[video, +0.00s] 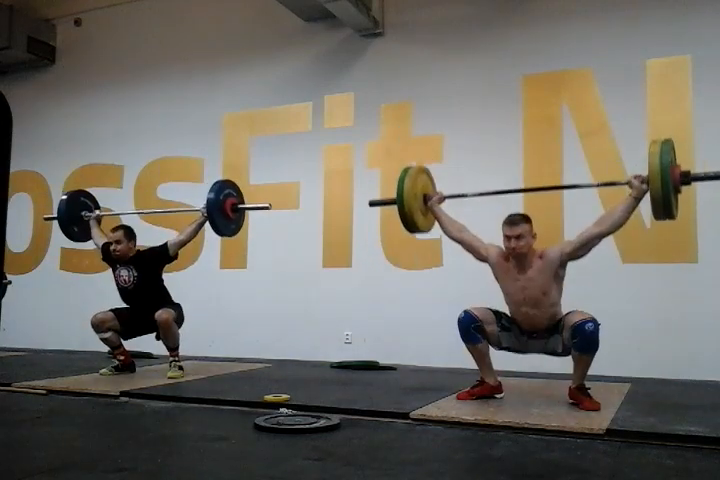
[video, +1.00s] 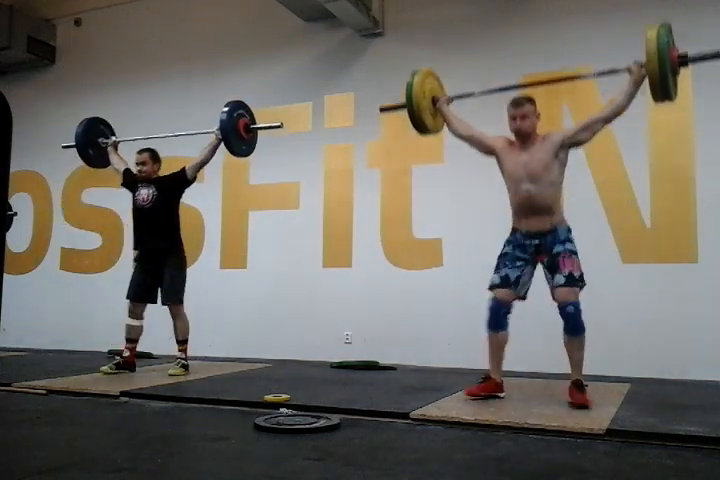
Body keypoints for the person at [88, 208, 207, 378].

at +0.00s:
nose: (113, 248)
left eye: (118, 243)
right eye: (111, 244)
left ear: (132, 244)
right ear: (109, 246)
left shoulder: (150, 257)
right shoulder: (114, 260)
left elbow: (181, 240)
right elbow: (98, 239)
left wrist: (203, 218)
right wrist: (93, 221)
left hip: (164, 311)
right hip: (138, 313)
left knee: (163, 317)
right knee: (99, 321)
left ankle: (175, 362)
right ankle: (125, 362)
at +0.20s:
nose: (113, 243)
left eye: (118, 238)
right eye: (111, 239)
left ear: (132, 240)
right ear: (109, 242)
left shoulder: (151, 253)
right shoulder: (115, 255)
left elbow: (182, 236)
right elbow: (99, 234)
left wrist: (204, 214)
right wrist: (94, 217)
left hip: (168, 303)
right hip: (142, 307)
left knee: (167, 314)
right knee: (102, 317)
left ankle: (176, 362)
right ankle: (125, 362)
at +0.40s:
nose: (115, 228)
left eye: (120, 223)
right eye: (113, 224)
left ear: (134, 225)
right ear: (111, 227)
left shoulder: (152, 239)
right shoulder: (116, 242)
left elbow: (185, 222)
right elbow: (101, 223)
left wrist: (208, 199)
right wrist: (95, 205)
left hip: (170, 291)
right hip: (144, 294)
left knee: (169, 311)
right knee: (106, 314)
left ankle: (177, 361)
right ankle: (124, 361)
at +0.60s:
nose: (119, 208)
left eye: (123, 203)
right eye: (117, 205)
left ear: (137, 204)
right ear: (115, 207)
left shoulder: (155, 220)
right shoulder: (118, 222)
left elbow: (186, 202)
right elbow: (103, 203)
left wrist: (211, 179)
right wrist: (98, 186)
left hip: (169, 276)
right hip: (144, 280)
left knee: (169, 309)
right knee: (110, 311)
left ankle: (177, 361)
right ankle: (124, 360)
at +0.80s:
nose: (123, 181)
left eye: (128, 177)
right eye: (122, 178)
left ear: (142, 179)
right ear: (121, 181)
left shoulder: (160, 194)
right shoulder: (123, 196)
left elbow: (191, 176)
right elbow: (109, 181)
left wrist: (213, 154)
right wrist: (105, 162)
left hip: (167, 261)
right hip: (140, 263)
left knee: (170, 304)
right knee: (121, 306)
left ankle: (178, 360)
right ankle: (125, 359)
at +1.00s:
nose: (139, 168)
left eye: (143, 164)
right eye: (137, 164)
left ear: (156, 164)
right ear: (135, 167)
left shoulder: (172, 182)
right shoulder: (135, 184)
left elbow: (200, 162)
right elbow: (118, 164)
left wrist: (219, 136)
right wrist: (111, 148)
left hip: (171, 257)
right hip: (145, 257)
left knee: (175, 306)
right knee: (136, 305)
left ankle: (182, 359)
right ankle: (128, 358)